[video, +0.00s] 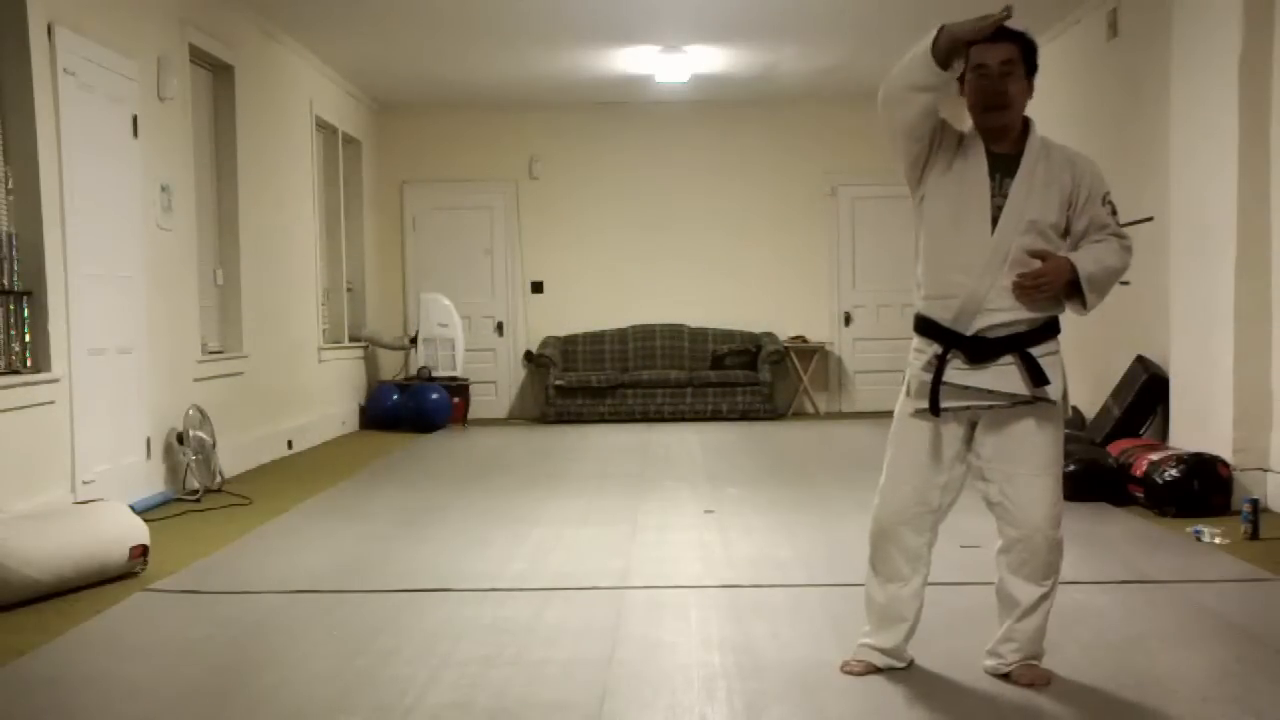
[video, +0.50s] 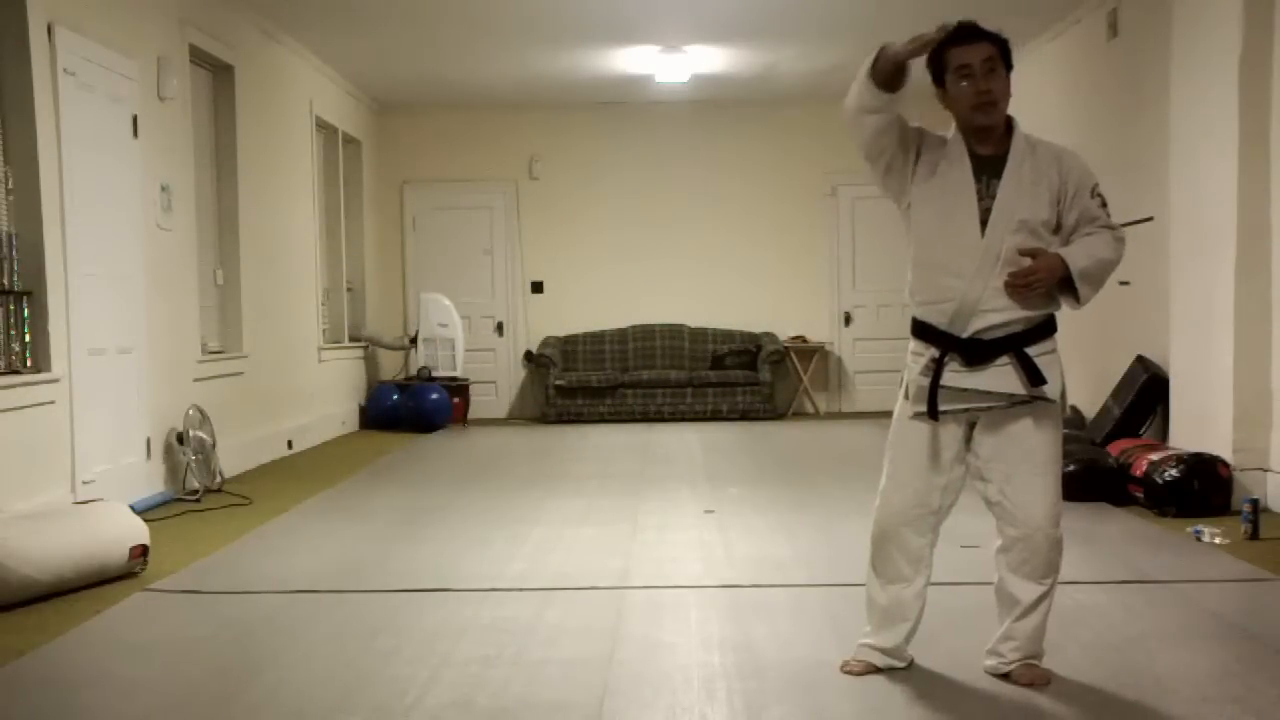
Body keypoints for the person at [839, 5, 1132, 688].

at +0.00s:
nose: (991, 83)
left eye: (1007, 70)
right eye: (978, 71)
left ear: (1029, 84)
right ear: (960, 85)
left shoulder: (1070, 171)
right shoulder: (935, 158)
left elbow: (1113, 249)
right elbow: (900, 98)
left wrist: (1074, 270)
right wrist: (951, 38)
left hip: (1026, 369)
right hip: (936, 366)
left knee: (1036, 526)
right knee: (899, 514)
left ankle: (1016, 653)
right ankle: (882, 641)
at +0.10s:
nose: (992, 84)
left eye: (1007, 70)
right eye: (978, 72)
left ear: (1028, 83)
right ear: (959, 85)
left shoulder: (1069, 170)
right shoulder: (934, 157)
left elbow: (1112, 248)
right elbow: (899, 100)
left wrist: (1075, 269)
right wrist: (949, 40)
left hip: (1028, 368)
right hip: (937, 366)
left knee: (1037, 526)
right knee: (901, 515)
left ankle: (1016, 653)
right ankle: (883, 641)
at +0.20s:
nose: (990, 84)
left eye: (1004, 71)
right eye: (975, 72)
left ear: (1025, 84)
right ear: (955, 87)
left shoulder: (1067, 169)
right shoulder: (931, 159)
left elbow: (1112, 246)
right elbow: (895, 101)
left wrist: (1075, 267)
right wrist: (942, 43)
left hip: (1027, 369)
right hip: (937, 367)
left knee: (1037, 527)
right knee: (901, 516)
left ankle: (1016, 653)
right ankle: (884, 641)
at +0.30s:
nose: (989, 85)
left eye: (1001, 72)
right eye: (972, 74)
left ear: (1019, 82)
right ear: (950, 88)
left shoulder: (1063, 168)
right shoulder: (926, 159)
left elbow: (1110, 242)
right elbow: (888, 106)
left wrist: (1072, 266)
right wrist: (933, 48)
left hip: (1027, 368)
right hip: (937, 366)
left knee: (1037, 526)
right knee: (901, 516)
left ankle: (1016, 653)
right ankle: (884, 641)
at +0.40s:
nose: (985, 83)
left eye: (996, 70)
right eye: (967, 75)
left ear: (1014, 82)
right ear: (945, 92)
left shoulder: (1061, 167)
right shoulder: (923, 160)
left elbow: (1108, 242)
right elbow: (879, 112)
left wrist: (1068, 266)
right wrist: (917, 52)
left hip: (1025, 368)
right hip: (936, 367)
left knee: (1037, 526)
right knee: (900, 517)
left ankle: (1016, 653)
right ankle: (884, 641)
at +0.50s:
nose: (981, 85)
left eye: (991, 70)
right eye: (962, 76)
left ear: (1009, 80)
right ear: (941, 94)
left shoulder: (1059, 167)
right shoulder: (918, 162)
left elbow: (1106, 241)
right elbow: (869, 119)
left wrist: (1064, 266)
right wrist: (888, 62)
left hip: (1023, 367)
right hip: (933, 366)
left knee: (1035, 525)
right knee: (900, 516)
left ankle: (1017, 653)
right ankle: (884, 641)